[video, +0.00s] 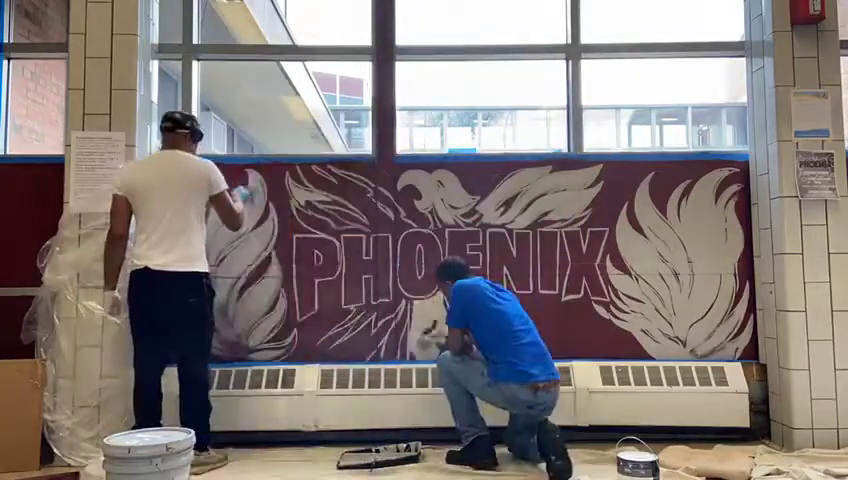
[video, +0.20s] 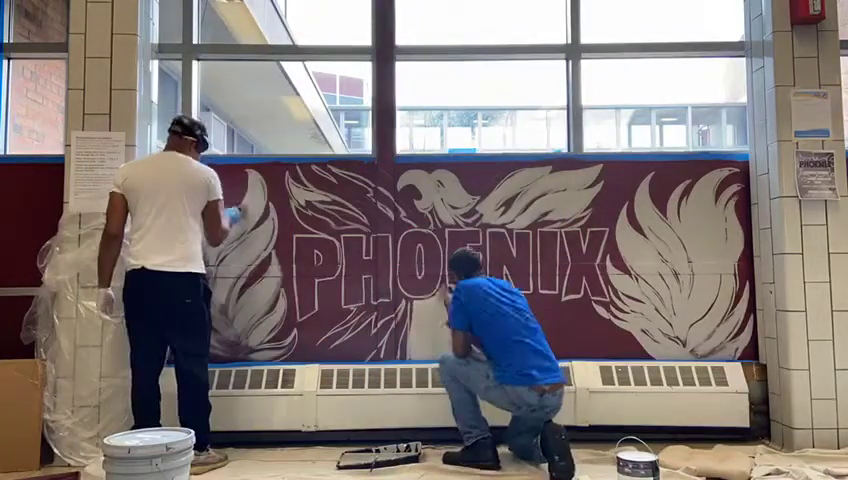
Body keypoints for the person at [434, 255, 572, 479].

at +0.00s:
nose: (444, 295)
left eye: (442, 290)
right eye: (442, 290)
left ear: (447, 283)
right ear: (469, 274)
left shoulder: (461, 289)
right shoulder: (501, 291)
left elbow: (456, 347)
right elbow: (497, 350)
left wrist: (468, 345)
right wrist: (468, 342)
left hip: (515, 390)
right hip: (549, 393)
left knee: (447, 362)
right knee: (518, 443)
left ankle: (477, 446)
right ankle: (545, 440)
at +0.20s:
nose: (453, 280)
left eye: (452, 276)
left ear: (454, 276)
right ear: (482, 269)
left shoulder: (463, 291)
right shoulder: (508, 287)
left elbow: (461, 351)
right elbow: (498, 351)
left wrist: (452, 310)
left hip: (520, 392)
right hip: (554, 394)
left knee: (449, 364)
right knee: (518, 441)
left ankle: (479, 446)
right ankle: (548, 439)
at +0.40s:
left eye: (459, 268)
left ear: (461, 270)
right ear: (489, 268)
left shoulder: (459, 295)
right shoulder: (513, 292)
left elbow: (443, 352)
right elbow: (517, 339)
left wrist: (467, 343)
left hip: (507, 394)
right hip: (545, 393)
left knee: (441, 369)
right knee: (518, 444)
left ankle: (475, 446)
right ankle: (549, 441)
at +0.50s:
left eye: (430, 275)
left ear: (431, 276)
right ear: (459, 271)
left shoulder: (429, 299)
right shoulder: (485, 291)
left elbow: (434, 357)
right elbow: (495, 338)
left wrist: (464, 357)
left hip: (482, 399)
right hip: (521, 397)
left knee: (430, 373)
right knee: (514, 449)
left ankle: (468, 442)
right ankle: (537, 441)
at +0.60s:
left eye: (443, 272)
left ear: (444, 273)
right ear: (472, 270)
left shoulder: (441, 294)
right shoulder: (496, 289)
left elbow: (440, 353)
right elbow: (506, 337)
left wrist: (469, 355)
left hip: (489, 398)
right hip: (527, 397)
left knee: (433, 371)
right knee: (515, 448)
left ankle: (469, 443)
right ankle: (539, 441)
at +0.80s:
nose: (431, 282)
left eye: (432, 277)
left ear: (436, 277)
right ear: (464, 274)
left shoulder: (437, 299)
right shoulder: (488, 294)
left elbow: (439, 357)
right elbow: (500, 345)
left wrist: (471, 353)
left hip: (488, 408)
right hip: (525, 408)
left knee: (431, 372)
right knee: (515, 447)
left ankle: (467, 443)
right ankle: (538, 442)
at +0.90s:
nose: (423, 285)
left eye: (424, 280)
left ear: (427, 280)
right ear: (454, 277)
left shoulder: (428, 301)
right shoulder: (479, 296)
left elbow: (434, 358)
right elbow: (490, 343)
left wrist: (465, 352)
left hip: (484, 412)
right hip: (520, 410)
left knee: (429, 373)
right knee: (514, 447)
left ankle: (465, 443)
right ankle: (535, 442)